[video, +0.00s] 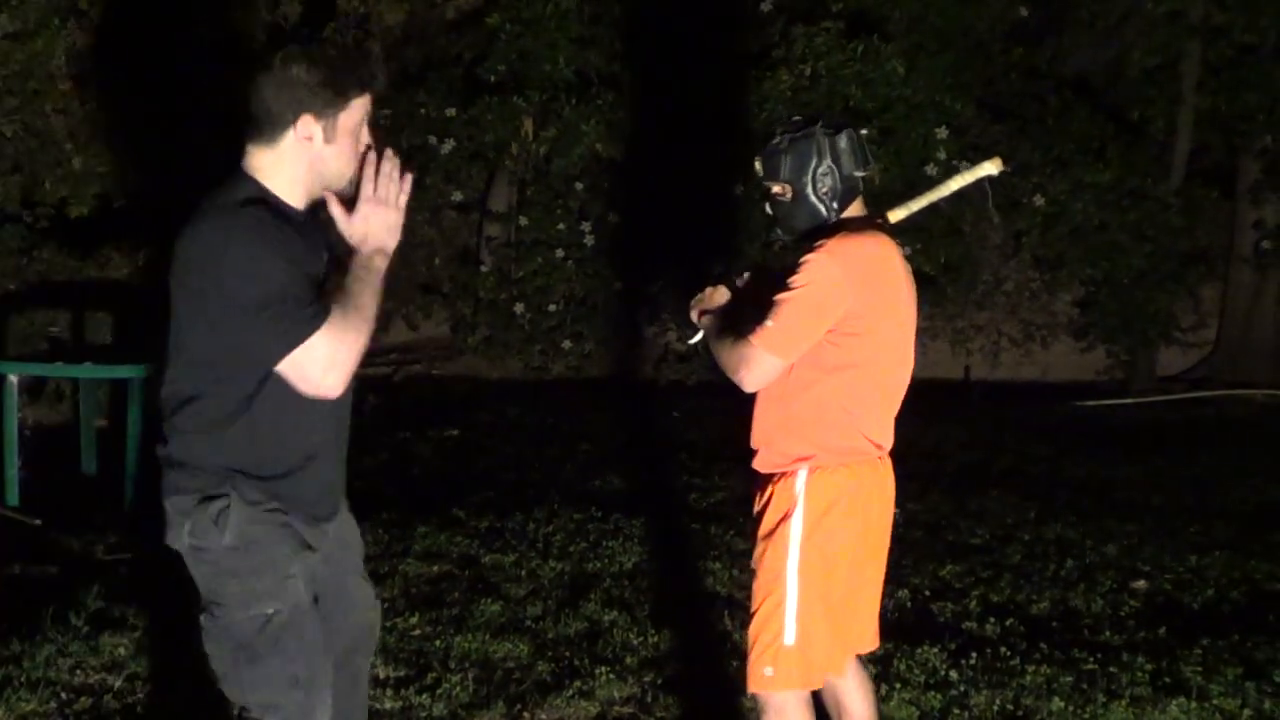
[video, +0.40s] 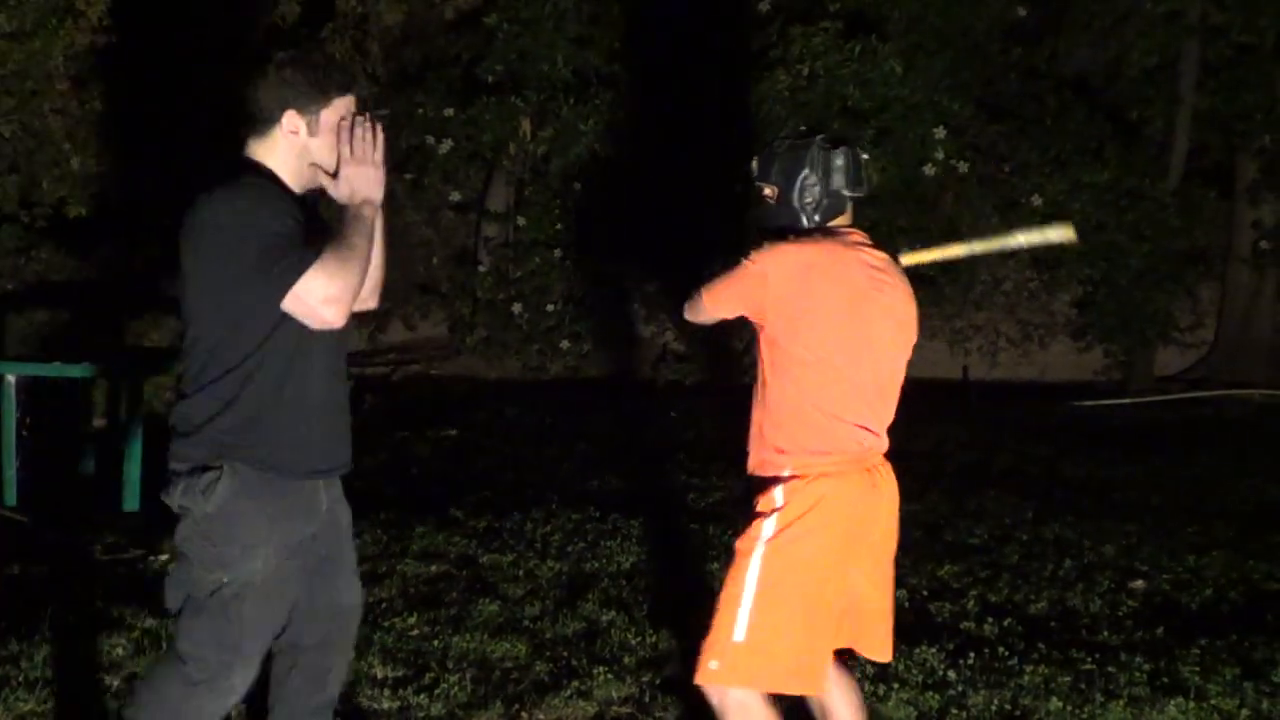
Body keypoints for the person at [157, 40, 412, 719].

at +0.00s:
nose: (367, 145)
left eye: (367, 126)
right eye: (358, 126)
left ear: (310, 132)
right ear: (310, 132)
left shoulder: (305, 225)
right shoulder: (233, 238)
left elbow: (328, 343)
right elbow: (324, 370)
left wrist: (367, 242)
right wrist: (371, 258)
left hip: (312, 502)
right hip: (234, 513)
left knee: (351, 638)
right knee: (288, 692)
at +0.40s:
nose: (353, 141)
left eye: (353, 124)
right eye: (342, 124)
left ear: (298, 128)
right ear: (297, 127)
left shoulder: (296, 216)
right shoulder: (236, 213)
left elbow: (366, 295)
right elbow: (327, 304)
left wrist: (368, 204)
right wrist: (360, 206)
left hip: (317, 490)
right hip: (240, 489)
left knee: (315, 678)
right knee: (206, 679)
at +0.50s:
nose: (336, 159)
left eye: (336, 143)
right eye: (326, 142)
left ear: (282, 146)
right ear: (282, 145)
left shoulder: (284, 232)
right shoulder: (228, 228)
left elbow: (314, 324)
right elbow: (322, 323)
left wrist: (345, 232)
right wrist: (356, 229)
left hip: (314, 494)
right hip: (226, 499)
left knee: (381, 600)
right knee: (168, 681)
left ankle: (344, 716)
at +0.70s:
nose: (374, 202)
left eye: (368, 185)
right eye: (357, 188)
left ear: (314, 204)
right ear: (308, 204)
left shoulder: (337, 264)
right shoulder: (263, 294)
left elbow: (427, 244)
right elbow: (363, 383)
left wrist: (507, 221)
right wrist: (439, 307)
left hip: (313, 509)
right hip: (228, 520)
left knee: (425, 584)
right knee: (176, 698)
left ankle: (465, 714)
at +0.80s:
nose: (430, 223)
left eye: (426, 207)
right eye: (411, 212)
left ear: (367, 227)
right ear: (357, 229)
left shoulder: (375, 281)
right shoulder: (345, 306)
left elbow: (466, 207)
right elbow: (479, 361)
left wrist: (565, 174)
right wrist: (583, 326)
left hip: (351, 514)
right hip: (255, 525)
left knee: (461, 587)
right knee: (182, 686)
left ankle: (503, 713)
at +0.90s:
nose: (498, 209)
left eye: (497, 192)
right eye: (483, 196)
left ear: (434, 207)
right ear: (431, 207)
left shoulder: (430, 267)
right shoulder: (425, 288)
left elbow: (496, 235)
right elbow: (521, 385)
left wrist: (576, 229)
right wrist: (616, 345)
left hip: (425, 515)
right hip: (336, 519)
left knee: (512, 606)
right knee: (245, 659)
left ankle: (511, 715)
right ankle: (139, 715)